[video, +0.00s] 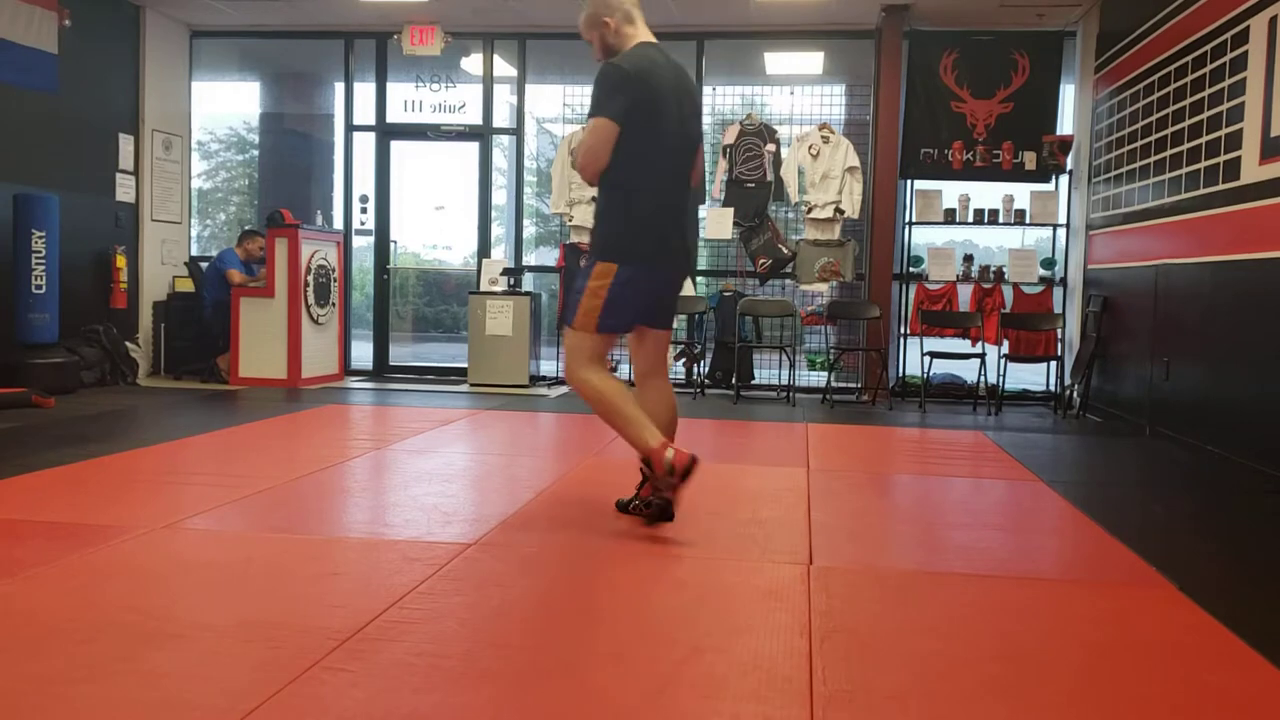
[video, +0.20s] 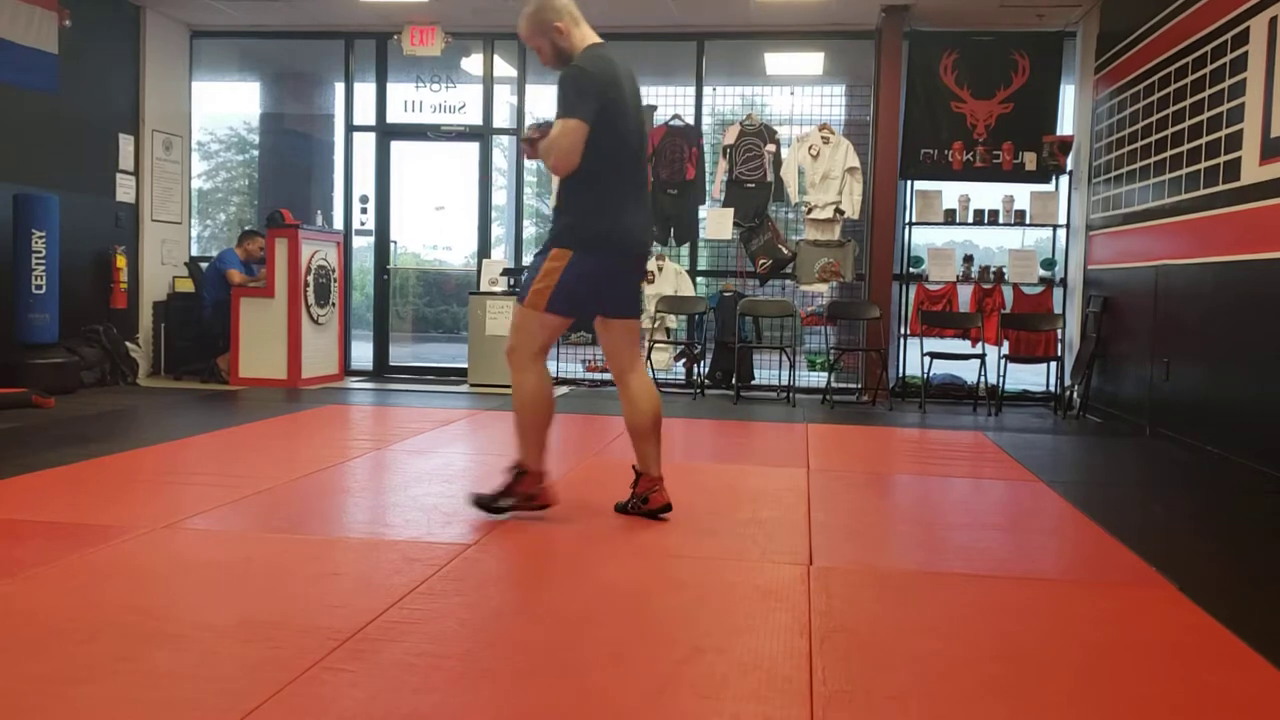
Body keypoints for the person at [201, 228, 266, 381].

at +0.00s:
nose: (262, 253)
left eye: (263, 250)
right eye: (260, 248)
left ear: (247, 245)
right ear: (247, 244)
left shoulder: (245, 263)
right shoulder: (228, 255)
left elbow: (253, 282)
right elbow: (236, 280)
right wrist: (258, 279)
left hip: (230, 308)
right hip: (213, 309)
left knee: (257, 328)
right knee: (252, 331)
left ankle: (226, 362)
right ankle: (223, 362)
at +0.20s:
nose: (262, 253)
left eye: (263, 250)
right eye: (260, 249)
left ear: (248, 245)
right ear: (247, 244)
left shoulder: (246, 264)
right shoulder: (228, 255)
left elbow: (253, 282)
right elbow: (236, 280)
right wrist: (258, 278)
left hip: (229, 308)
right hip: (213, 309)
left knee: (257, 328)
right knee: (252, 331)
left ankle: (226, 363)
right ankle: (223, 362)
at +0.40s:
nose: (261, 253)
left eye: (262, 250)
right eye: (260, 249)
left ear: (248, 245)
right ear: (247, 244)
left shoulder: (246, 264)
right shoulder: (228, 255)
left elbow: (253, 282)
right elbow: (236, 280)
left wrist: (265, 276)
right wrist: (258, 278)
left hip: (230, 308)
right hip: (214, 309)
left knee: (258, 327)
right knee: (252, 331)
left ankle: (226, 363)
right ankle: (223, 362)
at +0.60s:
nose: (261, 254)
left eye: (262, 250)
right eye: (260, 249)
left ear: (248, 245)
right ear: (247, 244)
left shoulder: (246, 264)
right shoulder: (228, 255)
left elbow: (253, 283)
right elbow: (236, 280)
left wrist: (266, 276)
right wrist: (259, 278)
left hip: (230, 308)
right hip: (213, 309)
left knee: (259, 327)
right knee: (253, 331)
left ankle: (226, 364)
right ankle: (223, 363)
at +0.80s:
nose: (261, 254)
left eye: (262, 250)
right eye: (260, 249)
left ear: (248, 245)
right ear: (247, 244)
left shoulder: (246, 264)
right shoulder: (228, 256)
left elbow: (252, 284)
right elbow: (235, 280)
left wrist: (267, 277)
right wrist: (259, 279)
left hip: (230, 307)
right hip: (214, 308)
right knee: (253, 331)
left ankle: (226, 363)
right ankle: (223, 362)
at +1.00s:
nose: (261, 254)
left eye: (262, 250)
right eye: (260, 249)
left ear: (248, 245)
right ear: (247, 244)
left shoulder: (246, 264)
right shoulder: (228, 255)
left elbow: (252, 284)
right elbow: (235, 280)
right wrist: (258, 278)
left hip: (230, 308)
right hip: (213, 309)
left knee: (259, 327)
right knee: (253, 330)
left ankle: (227, 363)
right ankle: (224, 362)